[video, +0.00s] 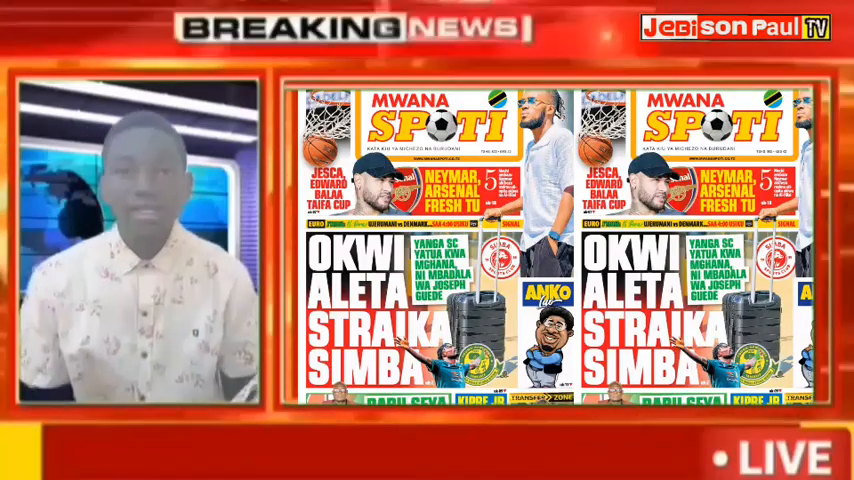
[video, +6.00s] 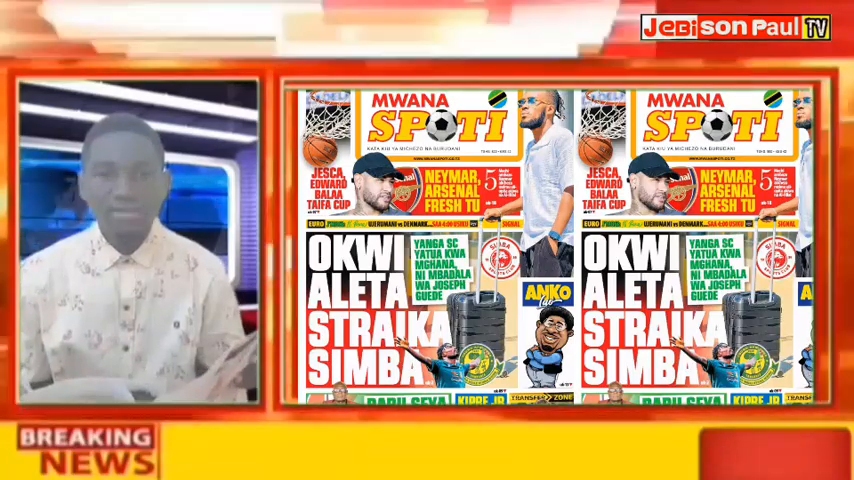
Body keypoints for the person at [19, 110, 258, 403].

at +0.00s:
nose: (144, 187)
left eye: (162, 171)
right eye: (124, 170)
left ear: (188, 186)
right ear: (102, 188)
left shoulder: (226, 277)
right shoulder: (57, 278)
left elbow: (247, 393)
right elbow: (45, 403)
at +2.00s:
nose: (132, 230)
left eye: (148, 213)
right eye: (115, 213)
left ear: (177, 196)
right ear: (91, 196)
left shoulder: (214, 276)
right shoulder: (54, 279)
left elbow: (242, 384)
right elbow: (44, 393)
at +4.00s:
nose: (114, 208)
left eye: (134, 192)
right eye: (100, 189)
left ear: (168, 189)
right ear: (83, 187)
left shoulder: (207, 273)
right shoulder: (37, 275)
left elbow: (234, 379)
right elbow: (36, 393)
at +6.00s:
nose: (124, 191)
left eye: (143, 174)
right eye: (105, 174)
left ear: (166, 184)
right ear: (82, 186)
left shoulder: (205, 273)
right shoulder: (37, 277)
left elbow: (232, 389)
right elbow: (21, 395)